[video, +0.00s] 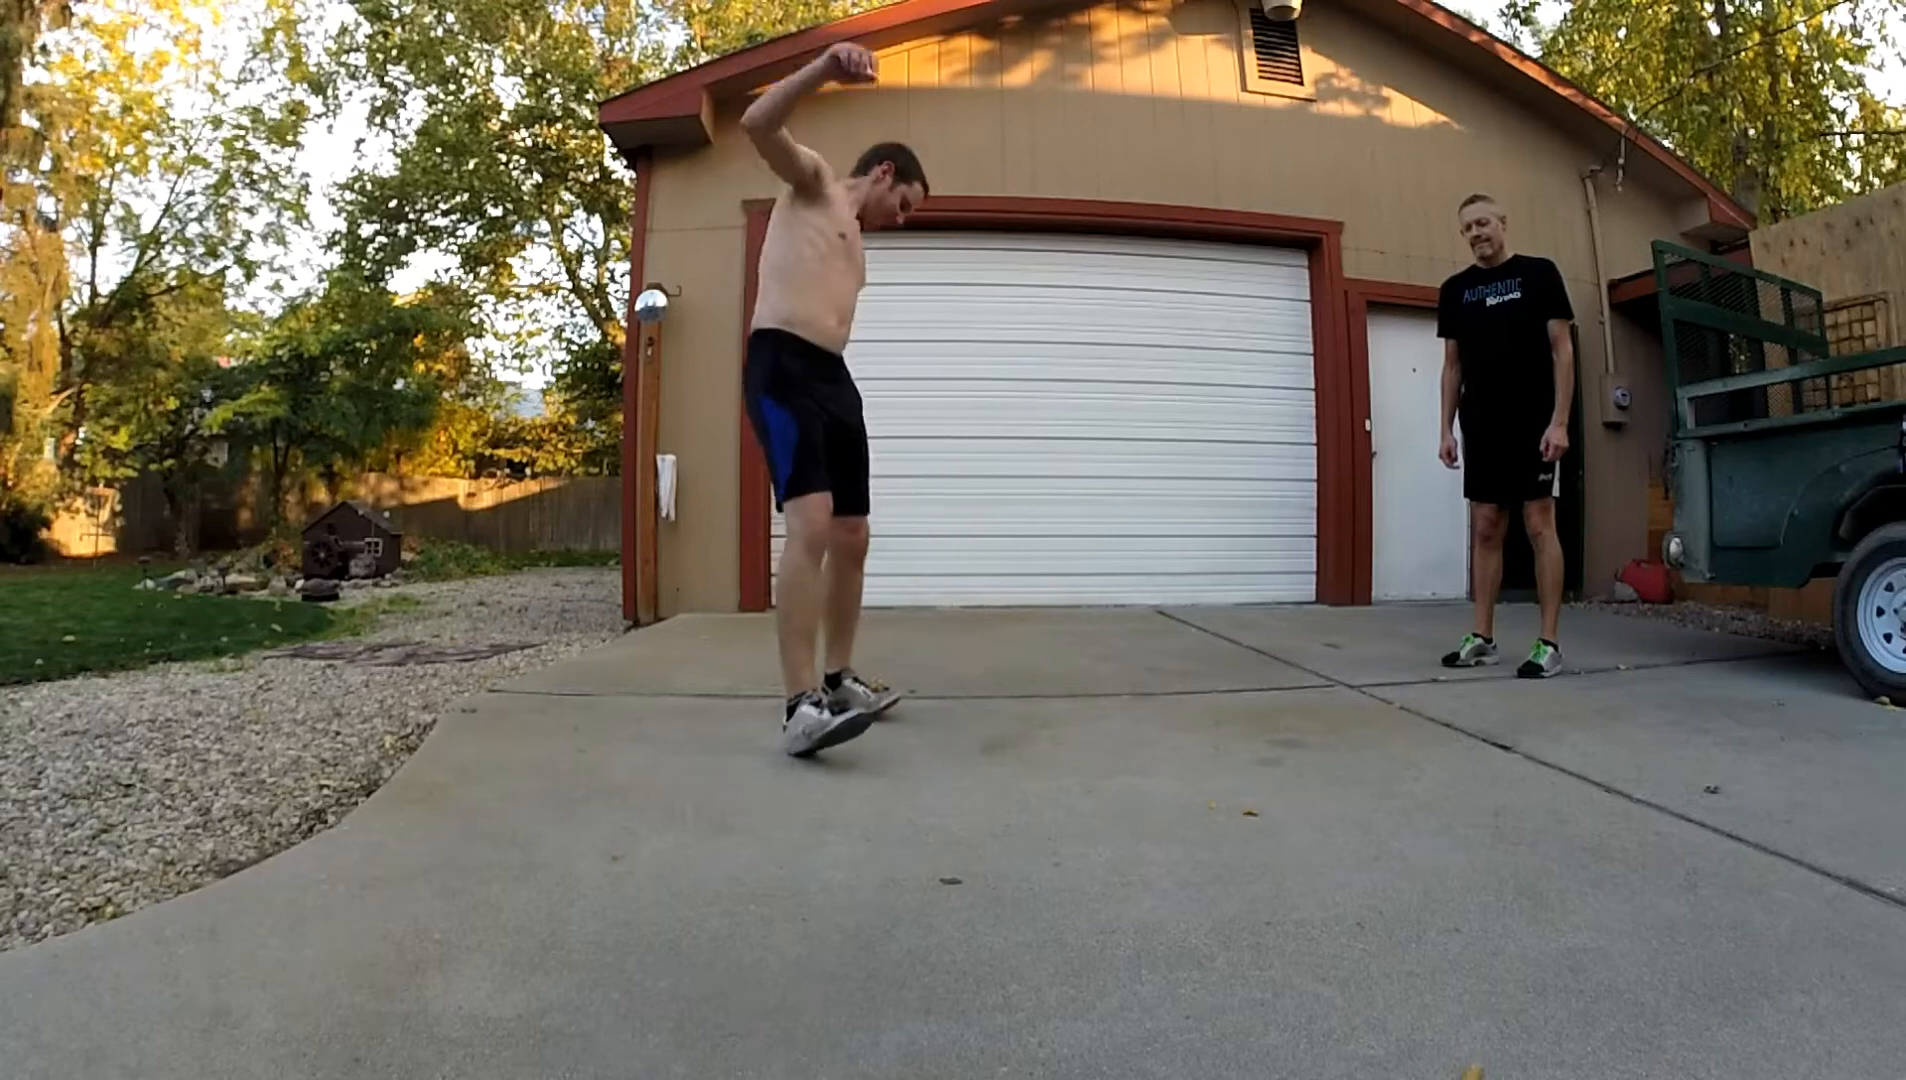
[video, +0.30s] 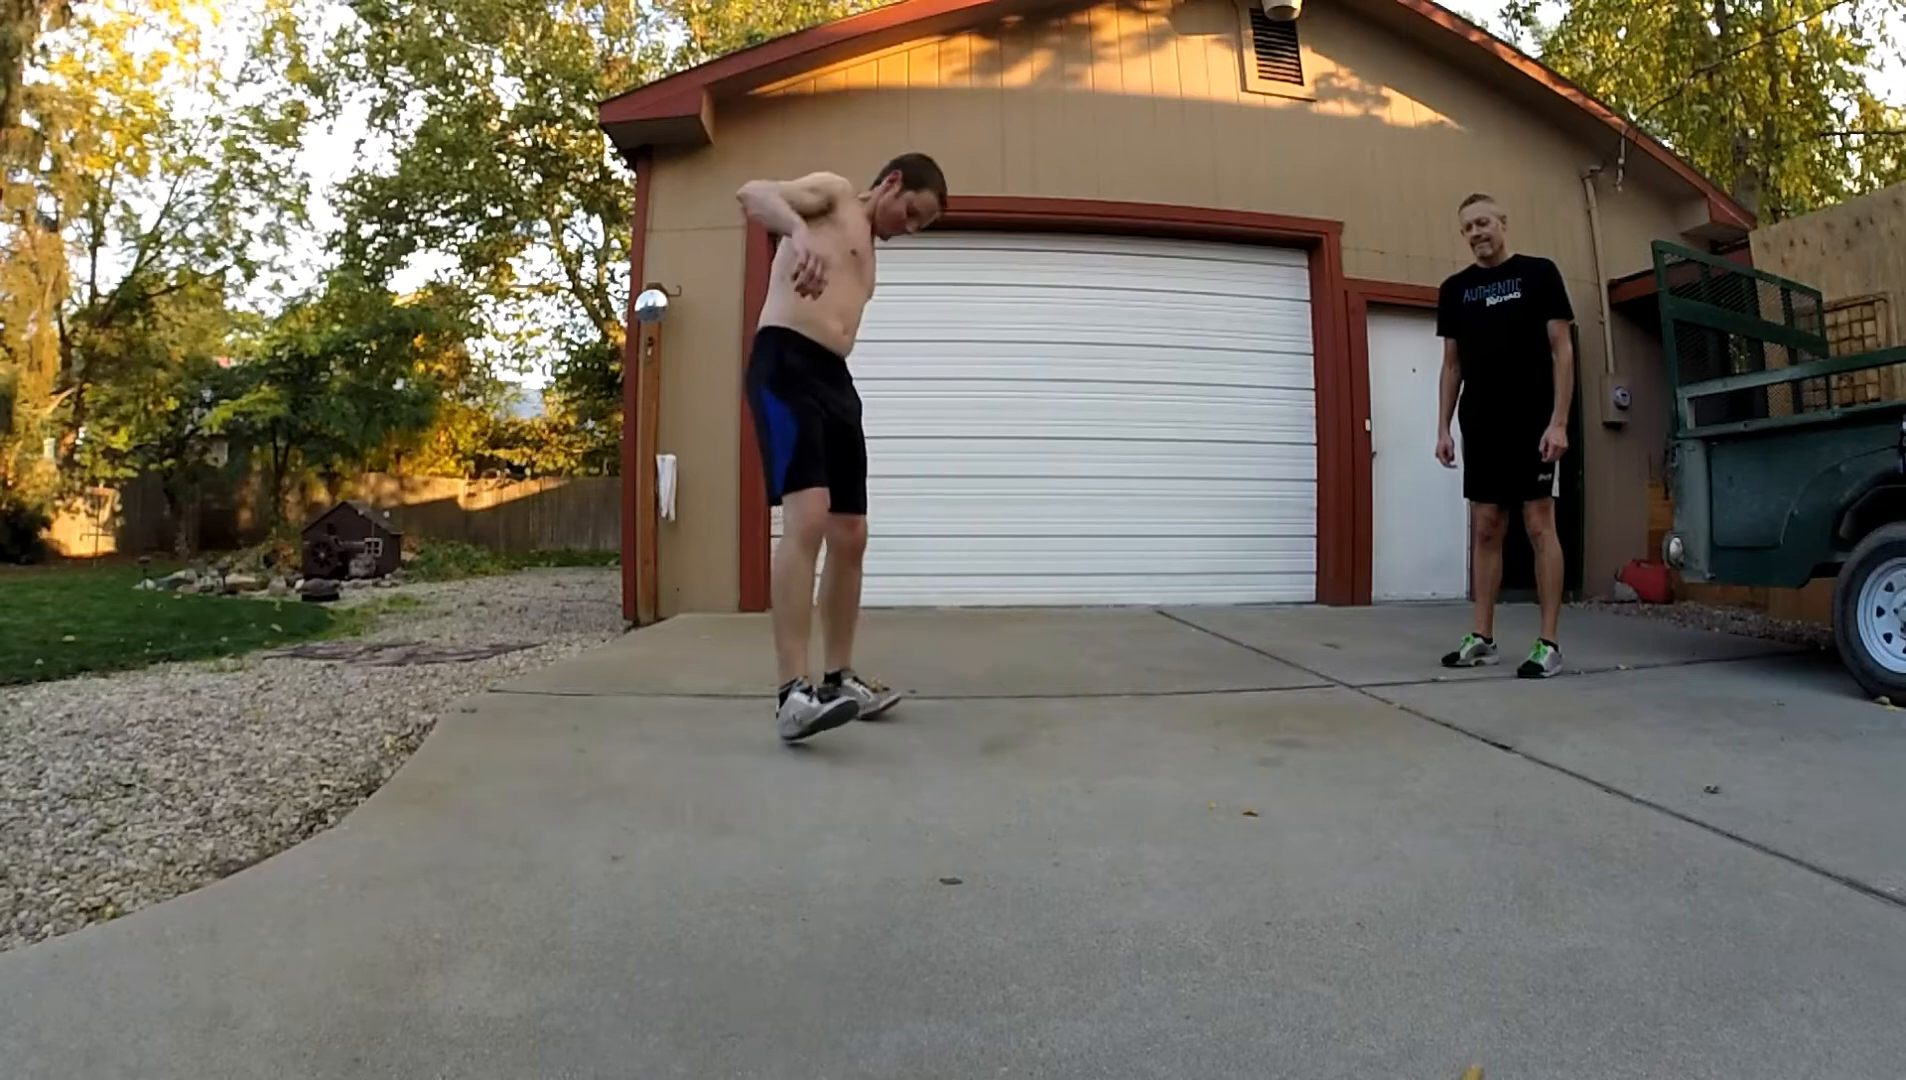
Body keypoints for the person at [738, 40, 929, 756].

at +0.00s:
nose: (902, 215)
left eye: (908, 210)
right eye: (903, 200)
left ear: (886, 188)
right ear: (879, 170)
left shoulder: (851, 237)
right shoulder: (816, 180)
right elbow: (757, 124)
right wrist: (821, 69)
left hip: (832, 372)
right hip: (781, 362)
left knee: (852, 534)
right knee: (810, 524)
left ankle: (835, 683)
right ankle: (800, 705)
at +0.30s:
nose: (908, 229)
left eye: (917, 224)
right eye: (911, 215)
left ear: (901, 200)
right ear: (892, 182)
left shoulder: (867, 245)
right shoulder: (835, 190)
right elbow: (754, 192)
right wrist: (798, 231)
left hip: (834, 375)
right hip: (785, 361)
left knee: (850, 533)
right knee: (807, 519)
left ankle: (838, 682)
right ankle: (793, 694)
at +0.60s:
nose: (907, 204)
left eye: (916, 196)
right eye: (907, 189)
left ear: (898, 178)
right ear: (881, 159)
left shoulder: (865, 234)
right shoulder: (825, 187)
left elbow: (832, 332)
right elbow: (742, 232)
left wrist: (856, 400)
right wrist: (749, 311)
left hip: (836, 378)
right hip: (790, 363)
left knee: (849, 533)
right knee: (799, 531)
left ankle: (839, 681)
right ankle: (787, 693)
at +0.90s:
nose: (912, 202)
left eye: (924, 194)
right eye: (911, 187)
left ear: (926, 182)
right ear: (886, 156)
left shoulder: (881, 219)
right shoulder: (822, 196)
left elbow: (841, 310)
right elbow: (740, 258)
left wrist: (856, 377)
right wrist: (748, 346)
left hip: (843, 379)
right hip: (790, 369)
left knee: (853, 528)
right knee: (795, 531)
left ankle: (842, 678)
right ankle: (786, 695)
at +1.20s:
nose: (926, 212)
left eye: (939, 205)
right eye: (923, 196)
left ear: (947, 198)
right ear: (902, 168)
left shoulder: (914, 251)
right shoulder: (836, 204)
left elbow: (891, 329)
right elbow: (751, 247)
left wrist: (896, 408)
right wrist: (757, 315)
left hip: (850, 382)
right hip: (791, 361)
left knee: (860, 530)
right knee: (829, 471)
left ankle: (843, 674)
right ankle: (805, 634)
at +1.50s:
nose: (919, 207)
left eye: (933, 200)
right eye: (916, 191)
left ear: (946, 197)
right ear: (897, 166)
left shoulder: (920, 253)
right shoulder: (837, 202)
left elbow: (913, 333)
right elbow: (743, 216)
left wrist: (932, 404)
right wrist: (722, 274)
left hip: (849, 391)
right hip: (786, 369)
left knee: (853, 529)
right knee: (814, 297)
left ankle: (843, 680)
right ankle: (899, 453)